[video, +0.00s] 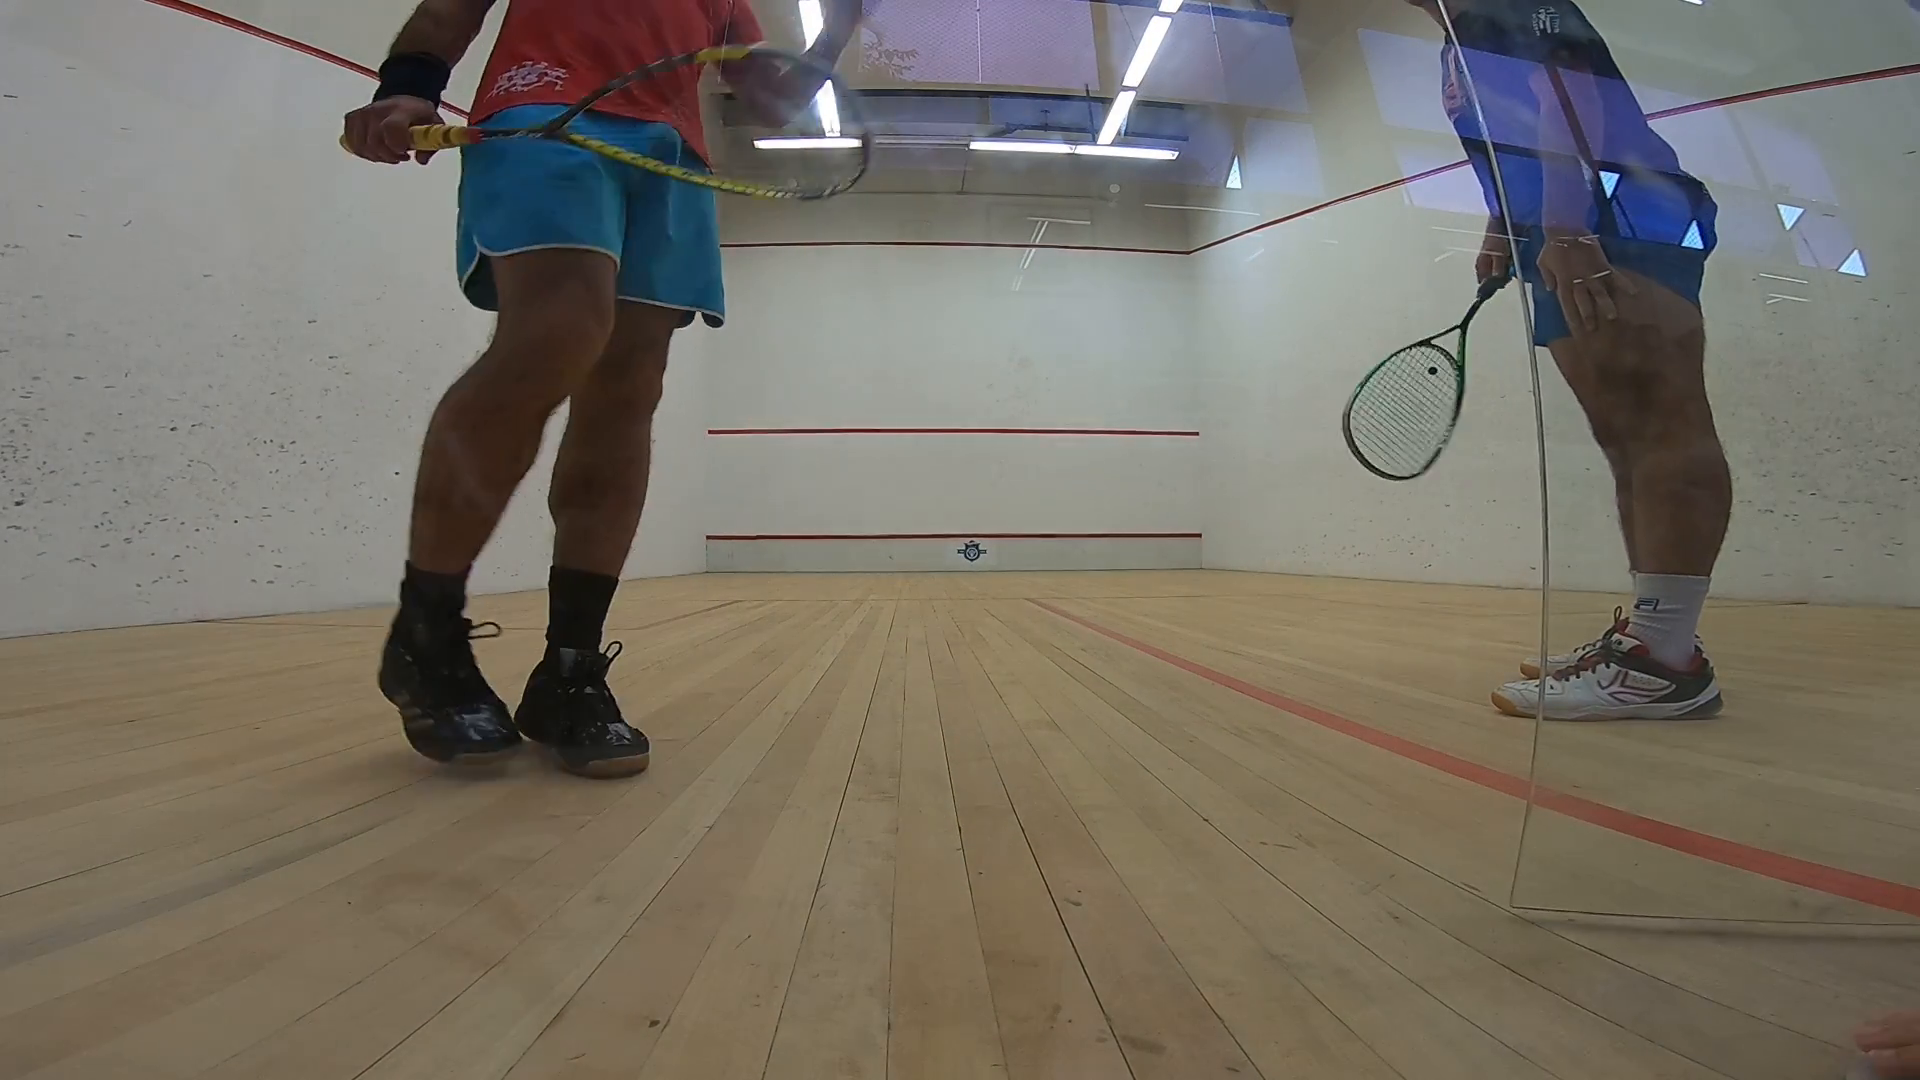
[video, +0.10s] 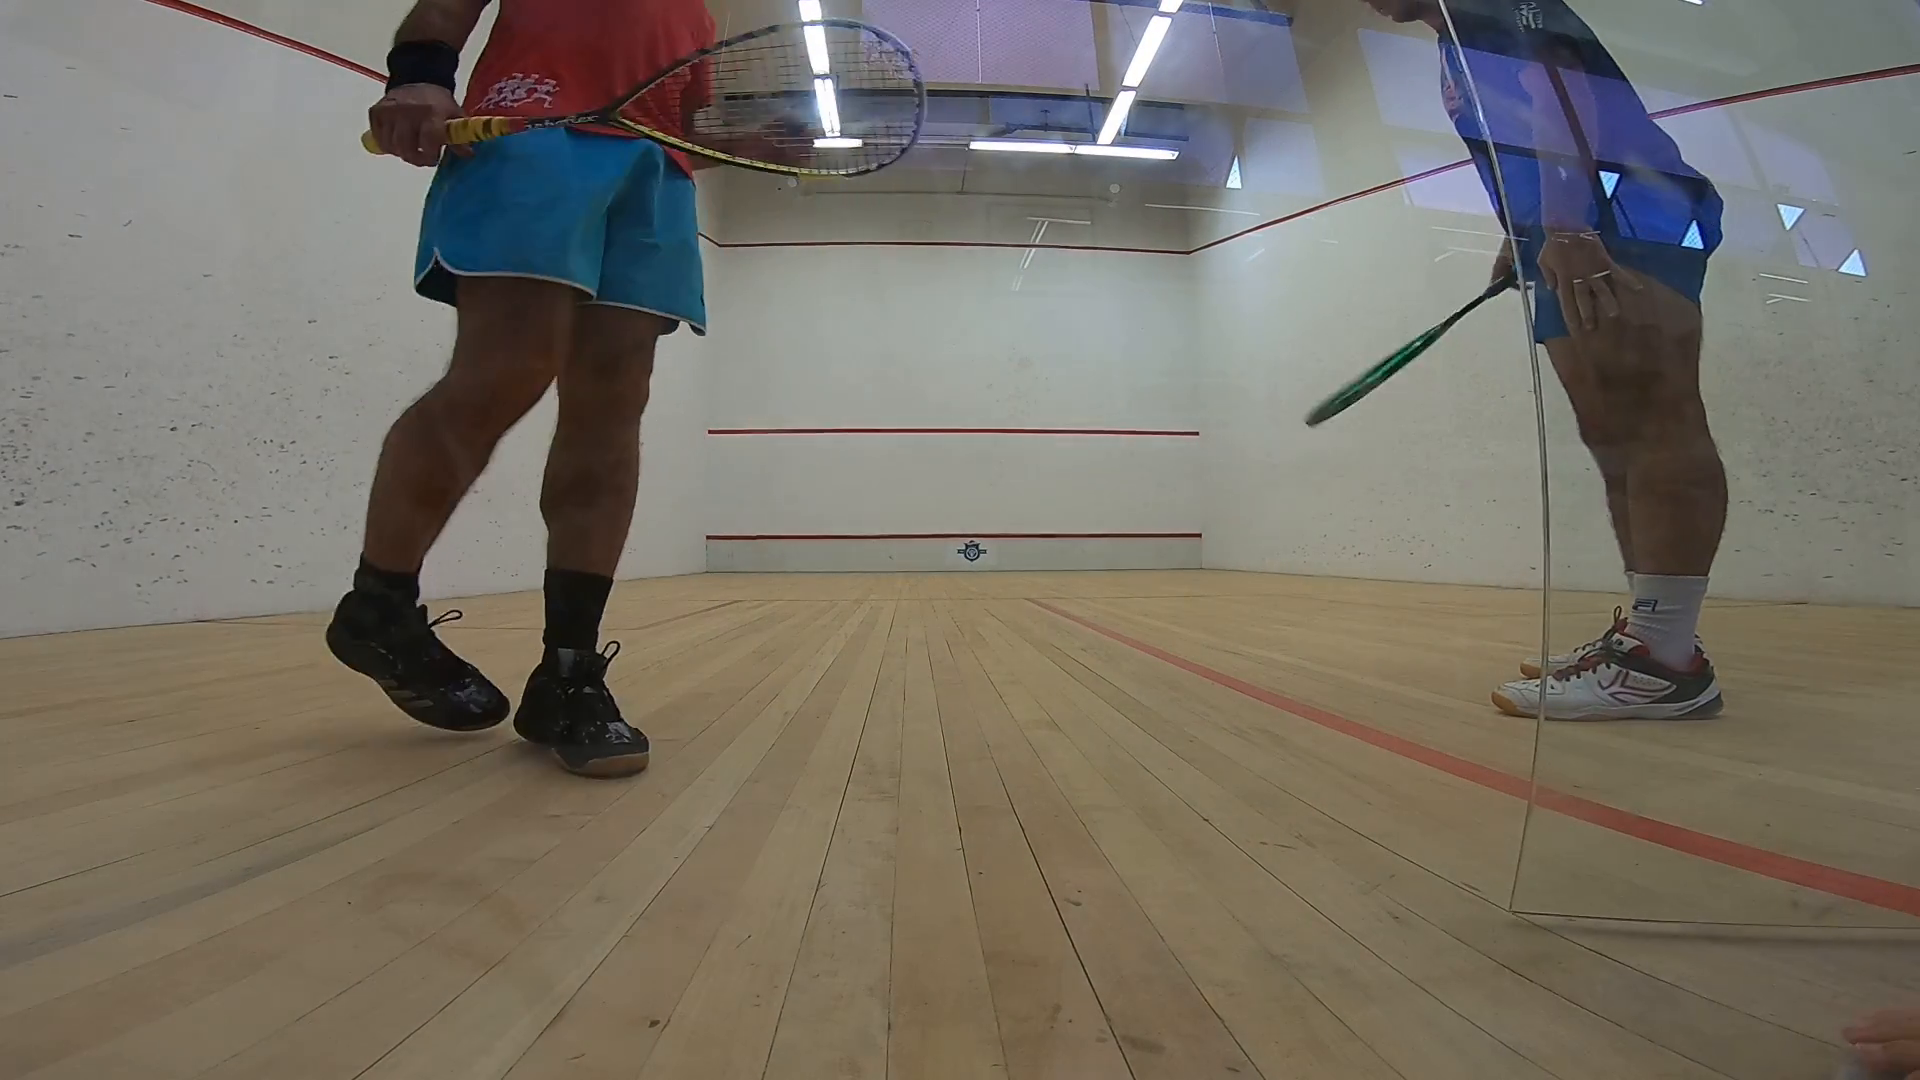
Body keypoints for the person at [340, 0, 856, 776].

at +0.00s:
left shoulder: (720, 6)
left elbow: (755, 79)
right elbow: (461, 6)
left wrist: (789, 80)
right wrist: (407, 84)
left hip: (668, 129)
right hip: (543, 95)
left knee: (629, 385)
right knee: (558, 328)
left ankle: (571, 675)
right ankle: (426, 638)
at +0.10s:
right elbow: (448, 11)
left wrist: (734, 116)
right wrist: (421, 70)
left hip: (656, 133)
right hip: (532, 111)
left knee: (612, 394)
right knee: (505, 367)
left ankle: (569, 675)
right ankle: (376, 609)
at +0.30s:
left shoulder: (633, 15)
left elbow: (563, 137)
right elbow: (448, 18)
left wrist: (618, 203)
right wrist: (470, 80)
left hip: (587, 204)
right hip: (480, 178)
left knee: (640, 374)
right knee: (453, 406)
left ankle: (590, 652)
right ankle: (365, 647)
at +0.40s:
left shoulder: (618, 28)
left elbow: (555, 155)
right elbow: (451, 36)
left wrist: (618, 203)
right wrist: (482, 101)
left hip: (580, 211)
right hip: (474, 183)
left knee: (641, 380)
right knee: (452, 401)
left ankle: (582, 630)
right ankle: (365, 647)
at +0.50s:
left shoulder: (618, 43)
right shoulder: (520, 1)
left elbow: (571, 177)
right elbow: (437, 52)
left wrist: (649, 180)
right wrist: (479, 112)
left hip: (585, 223)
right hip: (483, 195)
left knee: (611, 411)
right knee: (451, 402)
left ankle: (554, 615)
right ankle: (366, 645)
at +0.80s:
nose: (647, 3)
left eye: (650, 4)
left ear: (655, 13)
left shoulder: (648, 83)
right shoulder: (512, 24)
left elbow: (708, 156)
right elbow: (424, 113)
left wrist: (739, 82)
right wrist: (434, 156)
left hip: (586, 248)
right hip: (492, 209)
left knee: (551, 439)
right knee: (535, 359)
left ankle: (529, 632)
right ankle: (410, 614)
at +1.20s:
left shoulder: (640, 22)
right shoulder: (468, 6)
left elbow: (738, 58)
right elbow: (396, 100)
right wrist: (376, 162)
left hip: (568, 240)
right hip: (445, 217)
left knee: (539, 449)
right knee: (410, 414)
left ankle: (528, 632)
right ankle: (394, 671)